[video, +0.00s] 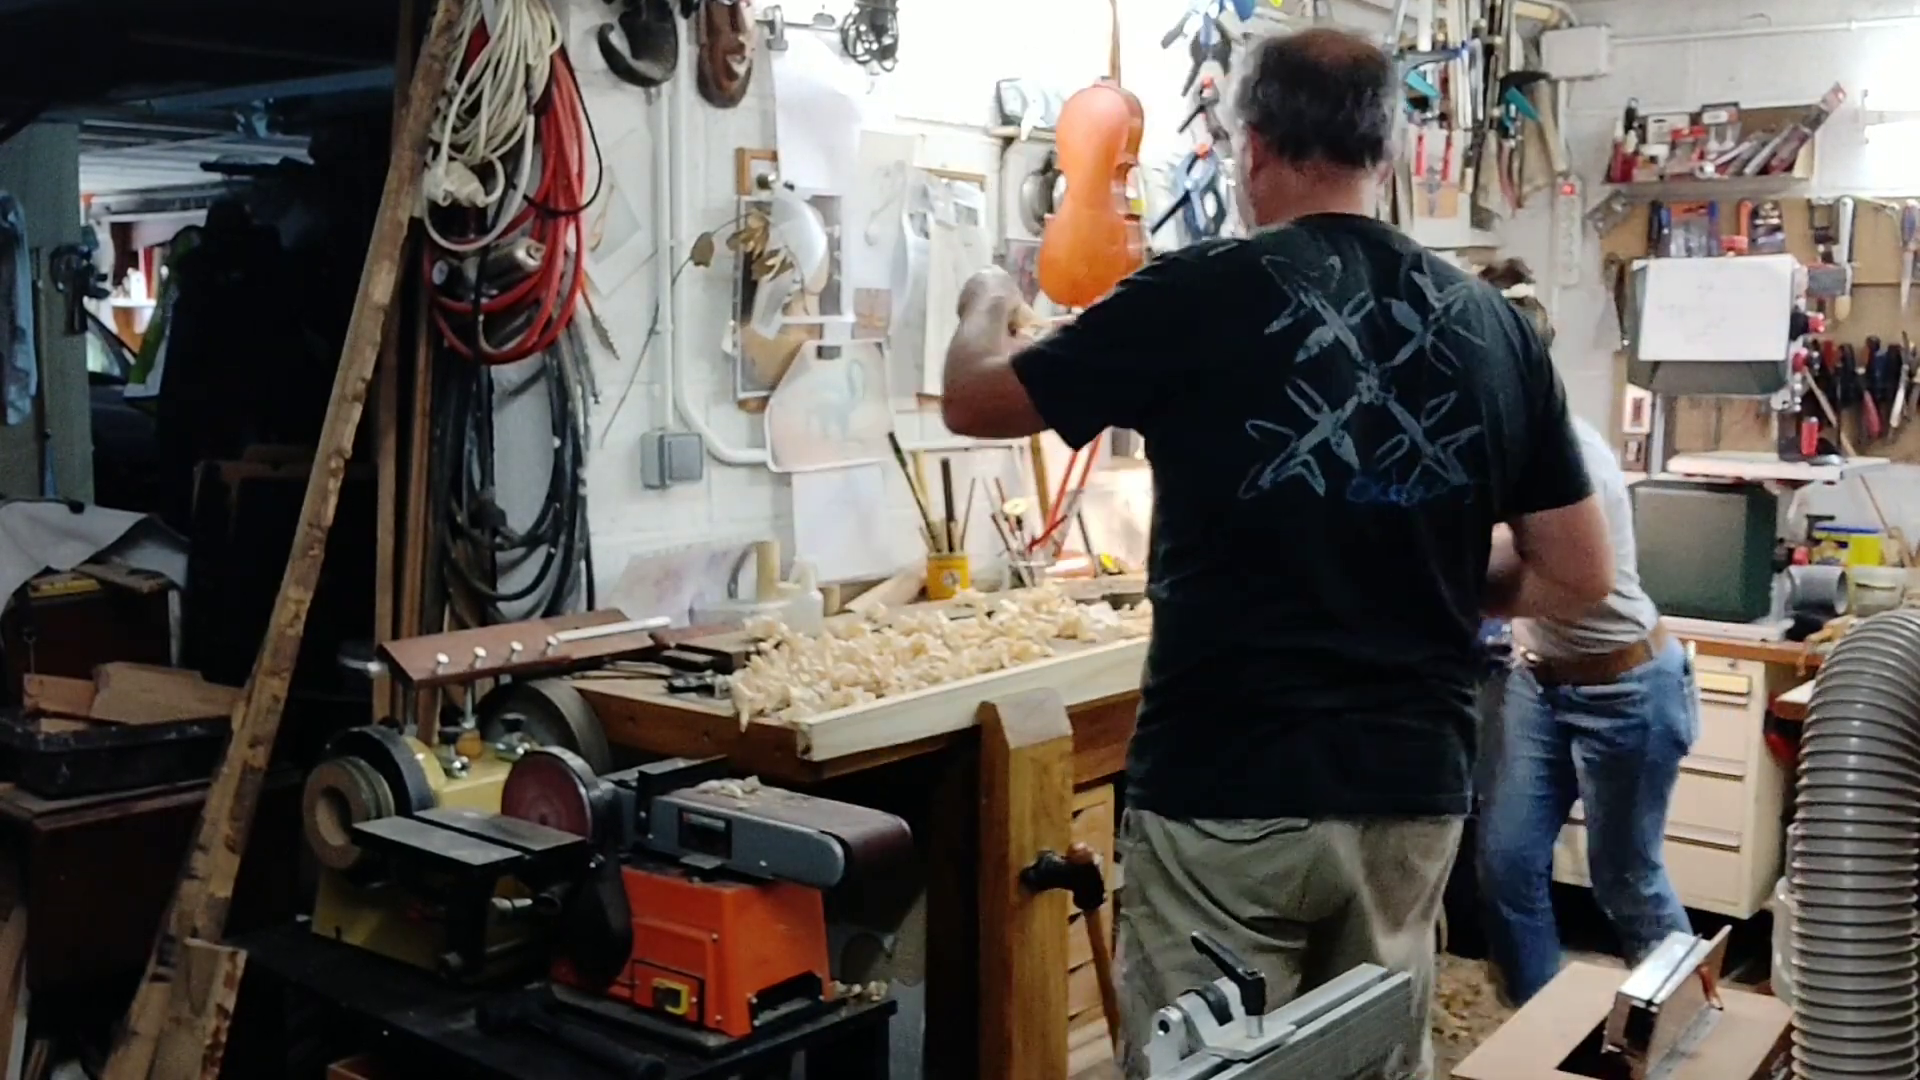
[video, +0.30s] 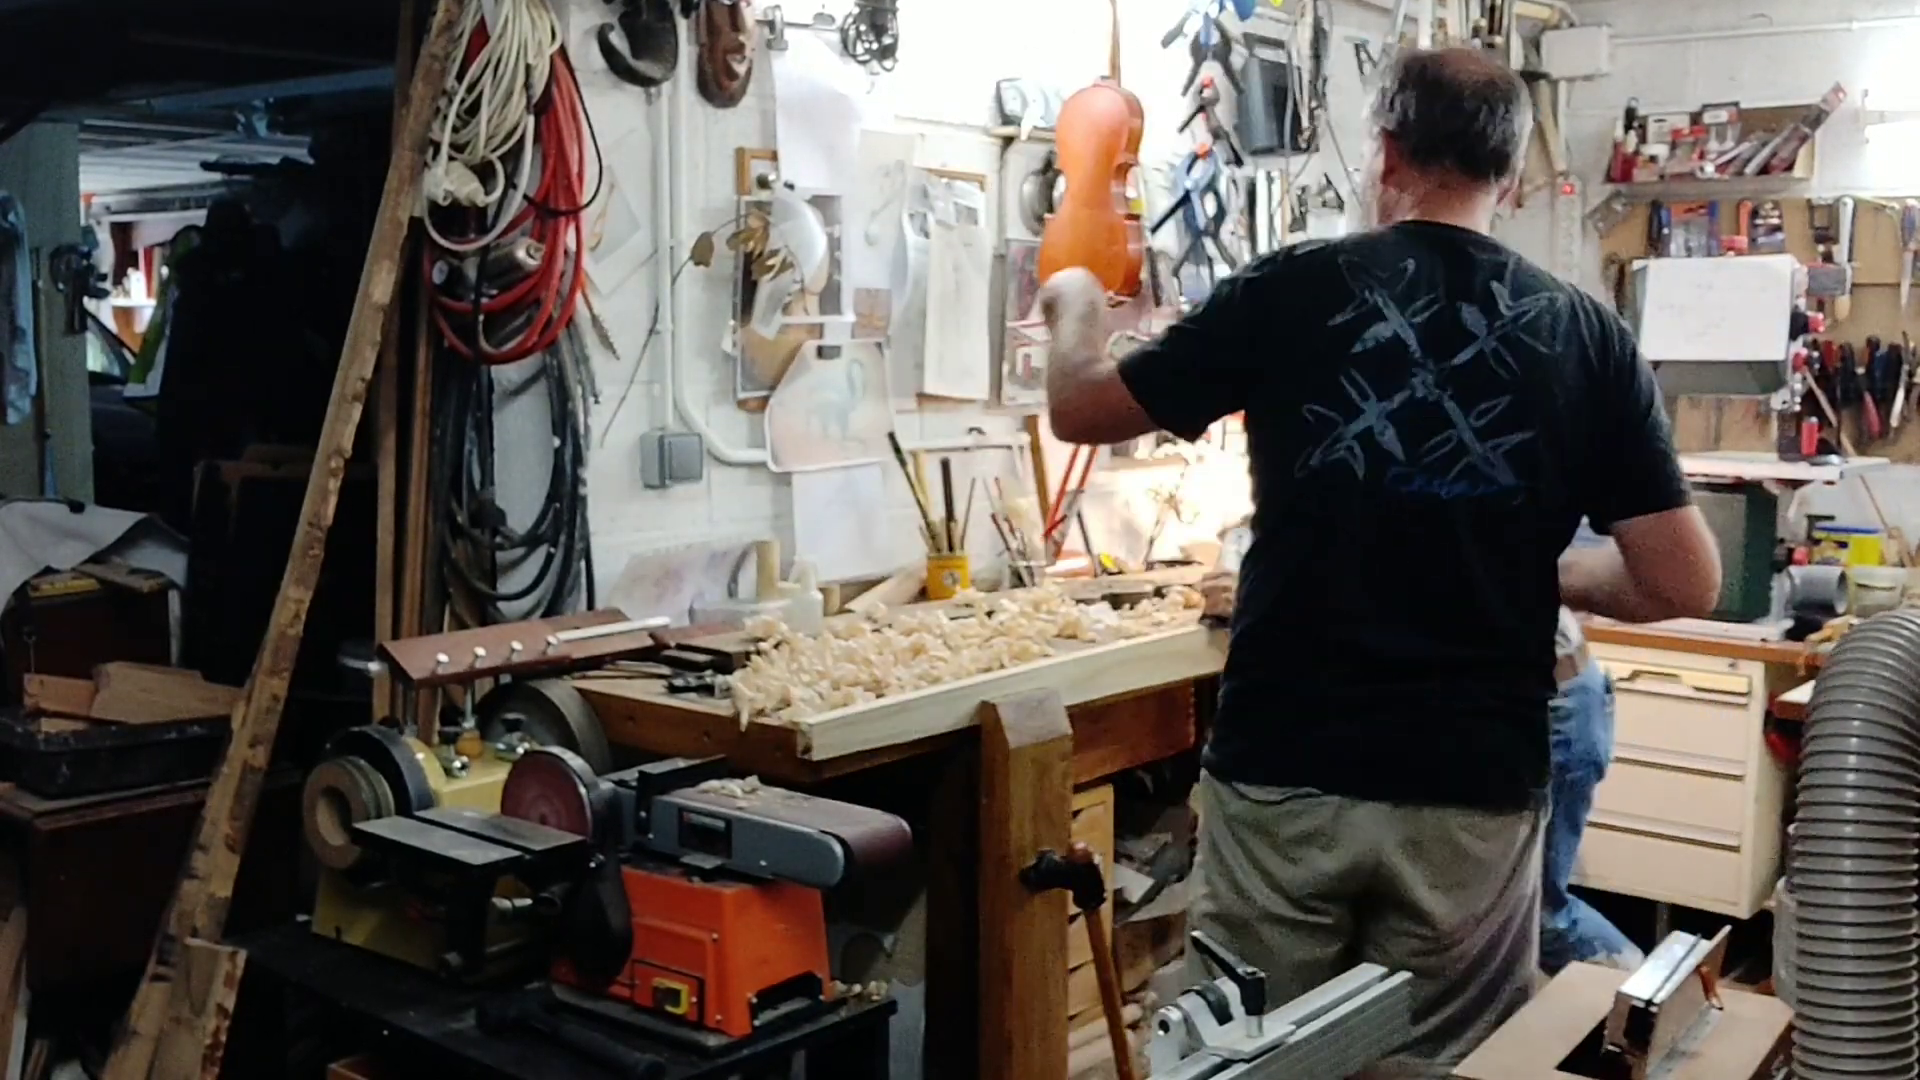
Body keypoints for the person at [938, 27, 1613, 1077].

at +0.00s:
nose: (1234, 160)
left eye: (1236, 138)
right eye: (1238, 137)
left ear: (1256, 146)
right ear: (1390, 152)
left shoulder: (1203, 292)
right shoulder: (1493, 325)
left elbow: (974, 401)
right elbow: (1578, 574)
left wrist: (992, 294)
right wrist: (1441, 561)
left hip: (1225, 760)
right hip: (1414, 769)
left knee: (1195, 1063)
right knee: (1383, 1063)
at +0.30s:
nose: (1367, 161)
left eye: (1371, 144)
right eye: (1373, 145)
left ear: (1388, 154)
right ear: (1512, 176)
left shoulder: (1296, 290)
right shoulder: (1584, 336)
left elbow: (1079, 411)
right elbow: (1683, 582)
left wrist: (1076, 305)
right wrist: (1539, 562)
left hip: (1286, 757)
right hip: (1478, 775)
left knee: (1236, 1056)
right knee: (1443, 1065)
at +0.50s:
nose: (1433, 167)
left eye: (1433, 153)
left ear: (1437, 162)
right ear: (1562, 181)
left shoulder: (1337, 280)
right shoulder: (1615, 330)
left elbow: (1155, 434)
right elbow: (1707, 582)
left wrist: (1256, 397)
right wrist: (1631, 524)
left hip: (1302, 736)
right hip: (1482, 764)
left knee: (1280, 1046)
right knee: (1442, 1064)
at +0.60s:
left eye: (1459, 159)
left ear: (1461, 167)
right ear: (1587, 186)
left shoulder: (1362, 278)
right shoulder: (1630, 326)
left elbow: (1189, 427)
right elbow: (1711, 576)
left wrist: (1283, 478)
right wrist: (1646, 530)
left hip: (1318, 719)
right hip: (1490, 748)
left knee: (1330, 1022)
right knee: (1433, 1052)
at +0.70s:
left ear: (1476, 177)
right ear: (1605, 188)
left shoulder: (1384, 281)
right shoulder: (1643, 324)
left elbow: (1208, 425)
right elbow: (1717, 572)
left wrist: (1289, 559)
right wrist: (1665, 529)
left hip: (1354, 689)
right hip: (1517, 717)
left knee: (1363, 993)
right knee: (1453, 1024)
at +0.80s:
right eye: (1615, 198)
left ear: (1479, 194)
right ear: (1605, 201)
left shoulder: (1397, 299)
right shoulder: (1651, 322)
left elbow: (1241, 445)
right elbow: (1727, 561)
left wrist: (1301, 605)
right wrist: (1679, 551)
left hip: (1407, 698)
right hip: (1562, 710)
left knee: (1420, 992)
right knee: (1501, 1017)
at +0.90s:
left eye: (1477, 209)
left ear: (1483, 210)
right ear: (1605, 208)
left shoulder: (1415, 304)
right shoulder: (1669, 309)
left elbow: (1298, 461)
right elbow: (1748, 532)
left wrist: (1347, 640)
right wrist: (1705, 558)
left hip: (1436, 692)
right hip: (1597, 698)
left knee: (1493, 981)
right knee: (1598, 989)